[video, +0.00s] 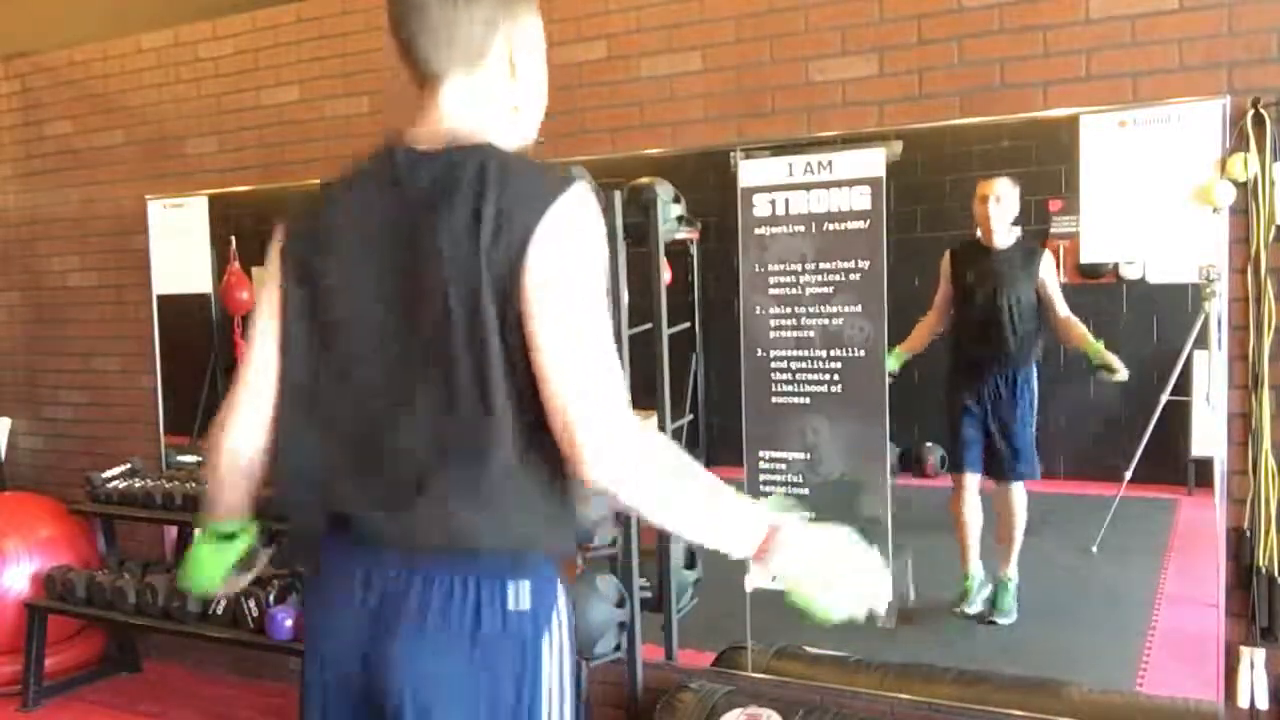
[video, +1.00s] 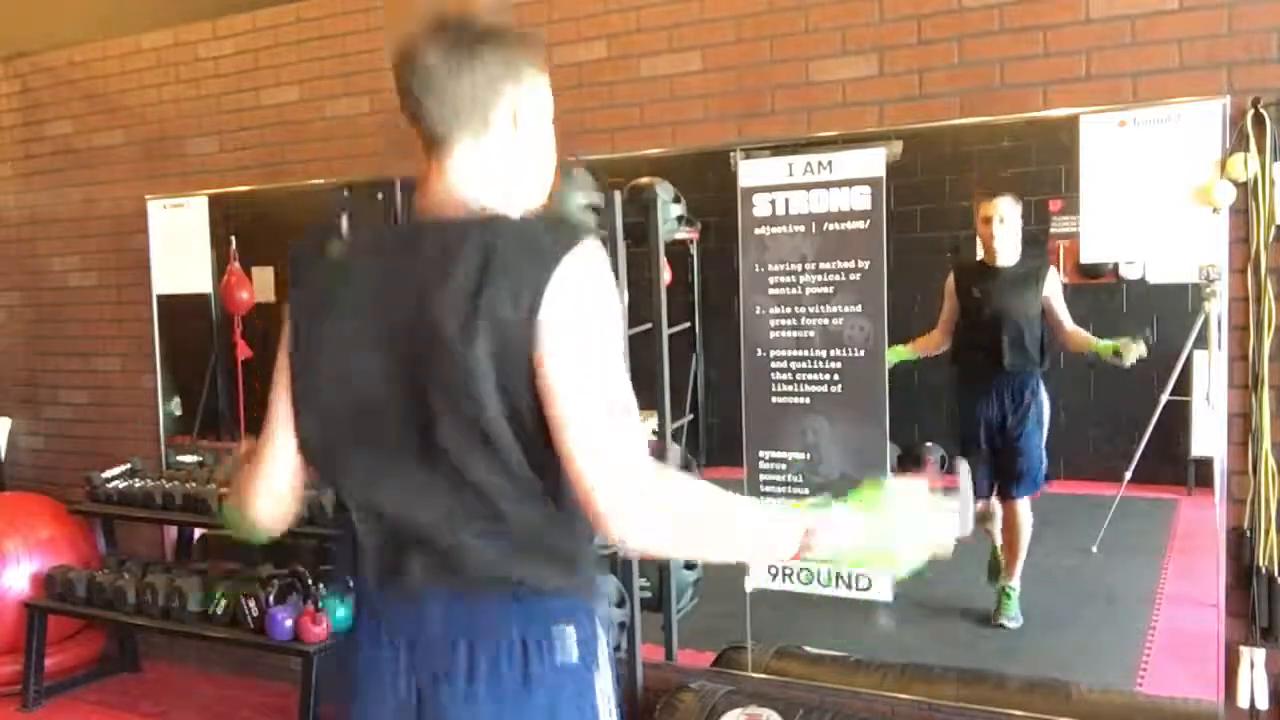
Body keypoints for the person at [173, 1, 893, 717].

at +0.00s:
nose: (545, 83)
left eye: (542, 56)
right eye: (541, 56)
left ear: (412, 62)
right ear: (513, 61)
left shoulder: (312, 223)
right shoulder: (543, 201)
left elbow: (241, 438)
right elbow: (601, 444)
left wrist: (219, 531)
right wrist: (775, 540)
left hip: (339, 595)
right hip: (488, 607)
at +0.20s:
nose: (519, 135)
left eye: (510, 109)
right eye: (512, 109)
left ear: (390, 125)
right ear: (486, 115)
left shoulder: (294, 279)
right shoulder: (517, 261)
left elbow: (222, 500)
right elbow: (583, 505)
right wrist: (777, 517)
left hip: (351, 647)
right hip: (504, 647)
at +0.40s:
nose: (510, 72)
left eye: (505, 46)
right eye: (504, 45)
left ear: (380, 56)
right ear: (477, 44)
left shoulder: (281, 233)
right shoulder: (507, 196)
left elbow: (223, 458)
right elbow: (584, 441)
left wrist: (215, 540)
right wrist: (757, 529)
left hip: (348, 600)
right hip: (497, 597)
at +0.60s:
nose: (514, 142)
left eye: (508, 116)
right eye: (508, 115)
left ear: (382, 128)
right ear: (482, 118)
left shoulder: (295, 280)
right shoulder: (507, 257)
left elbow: (224, 514)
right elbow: (583, 505)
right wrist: (777, 516)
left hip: (354, 642)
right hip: (501, 644)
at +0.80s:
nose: (535, 75)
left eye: (531, 49)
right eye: (529, 48)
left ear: (402, 57)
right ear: (506, 49)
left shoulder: (305, 225)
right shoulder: (530, 195)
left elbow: (239, 440)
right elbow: (598, 446)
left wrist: (232, 529)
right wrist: (775, 534)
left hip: (356, 597)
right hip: (506, 599)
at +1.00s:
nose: (557, 137)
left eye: (549, 115)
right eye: (551, 114)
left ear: (417, 127)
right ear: (525, 117)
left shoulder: (325, 279)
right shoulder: (556, 267)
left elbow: (261, 506)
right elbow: (627, 506)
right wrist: (829, 529)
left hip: (381, 644)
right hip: (533, 647)